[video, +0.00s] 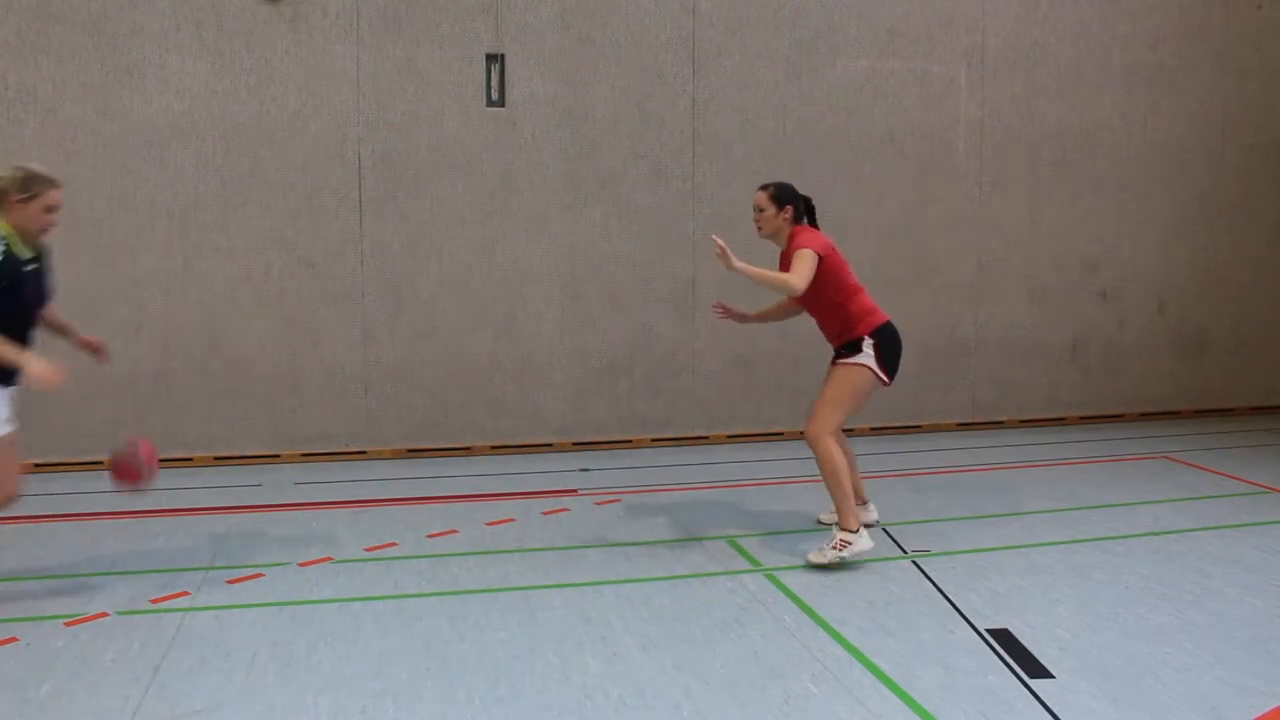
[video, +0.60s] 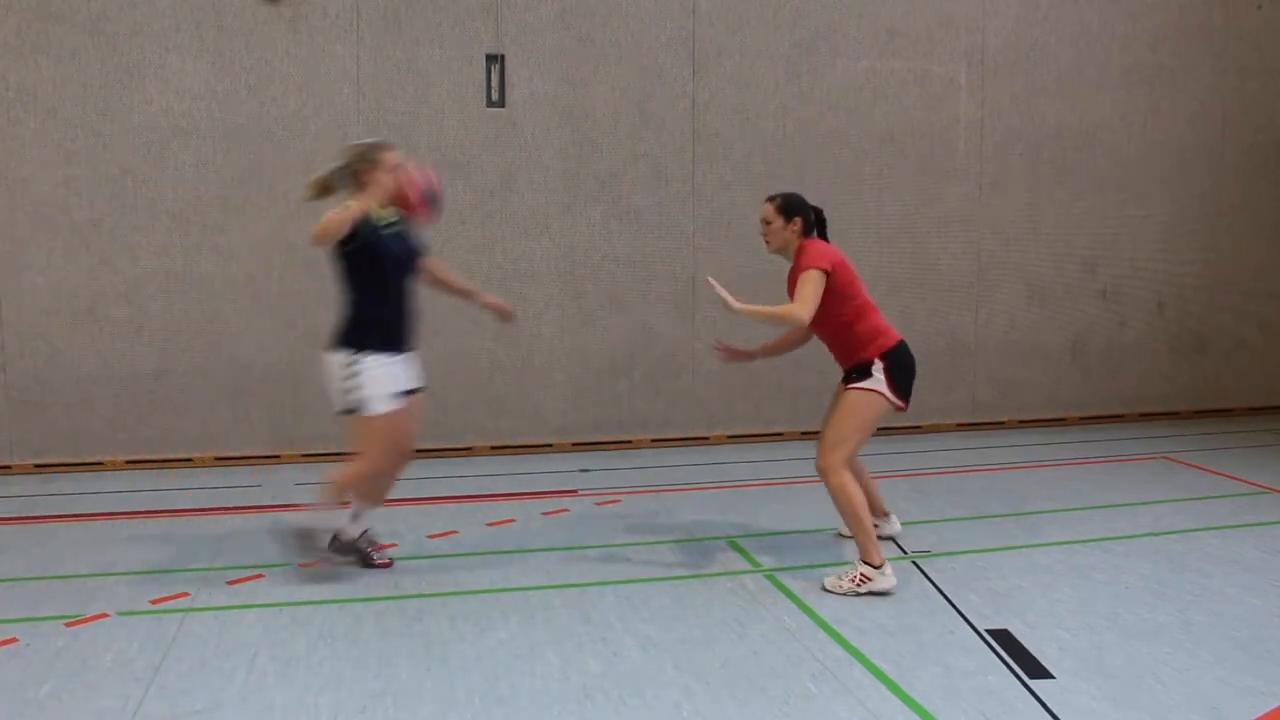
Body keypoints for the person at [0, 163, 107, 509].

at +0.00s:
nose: (53, 220)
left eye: (56, 211)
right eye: (48, 210)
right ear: (15, 205)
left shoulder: (33, 250)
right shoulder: (2, 253)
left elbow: (36, 309)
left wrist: (77, 338)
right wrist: (27, 361)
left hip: (8, 383)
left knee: (8, 487)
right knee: (6, 488)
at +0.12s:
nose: (109, 205)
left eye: (112, 197)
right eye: (103, 196)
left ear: (80, 194)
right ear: (71, 191)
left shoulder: (97, 237)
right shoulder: (41, 232)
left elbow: (96, 291)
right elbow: (10, 302)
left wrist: (122, 327)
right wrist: (81, 328)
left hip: (62, 366)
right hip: (30, 364)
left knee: (20, 462)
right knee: (81, 462)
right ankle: (49, 564)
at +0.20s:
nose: (153, 207)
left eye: (154, 199)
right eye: (146, 198)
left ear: (139, 200)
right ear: (115, 198)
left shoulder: (137, 248)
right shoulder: (88, 244)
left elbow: (131, 308)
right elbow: (51, 315)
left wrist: (140, 350)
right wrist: (114, 350)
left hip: (103, 367)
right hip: (69, 367)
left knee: (102, 471)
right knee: (123, 470)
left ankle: (15, 509)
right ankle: (75, 569)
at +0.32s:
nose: (224, 228)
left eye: (223, 219)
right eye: (215, 220)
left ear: (190, 227)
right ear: (185, 226)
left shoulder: (194, 276)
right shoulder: (173, 277)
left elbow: (188, 345)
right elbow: (155, 353)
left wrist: (219, 379)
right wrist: (216, 372)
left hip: (171, 396)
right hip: (135, 399)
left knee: (233, 451)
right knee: (154, 502)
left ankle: (193, 537)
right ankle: (77, 574)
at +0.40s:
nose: (269, 215)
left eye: (267, 207)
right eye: (261, 208)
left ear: (238, 218)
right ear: (234, 217)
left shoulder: (241, 265)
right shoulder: (225, 267)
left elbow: (247, 332)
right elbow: (246, 332)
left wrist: (297, 357)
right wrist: (309, 344)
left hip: (226, 392)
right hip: (190, 395)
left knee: (290, 438)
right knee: (170, 493)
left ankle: (318, 534)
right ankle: (85, 561)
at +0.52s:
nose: (345, 193)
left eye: (345, 185)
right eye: (336, 185)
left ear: (328, 192)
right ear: (309, 193)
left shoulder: (332, 243)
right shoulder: (305, 234)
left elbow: (365, 287)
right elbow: (316, 271)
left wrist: (416, 306)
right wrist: (388, 253)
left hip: (333, 374)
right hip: (294, 375)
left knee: (366, 448)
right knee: (279, 474)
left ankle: (344, 543)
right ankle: (189, 520)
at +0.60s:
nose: (400, 177)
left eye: (400, 169)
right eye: (392, 170)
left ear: (397, 178)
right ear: (367, 175)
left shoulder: (395, 223)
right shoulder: (351, 218)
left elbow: (431, 269)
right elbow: (321, 235)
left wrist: (481, 298)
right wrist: (367, 199)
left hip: (397, 353)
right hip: (362, 354)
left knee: (401, 448)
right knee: (380, 452)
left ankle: (352, 530)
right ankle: (316, 520)